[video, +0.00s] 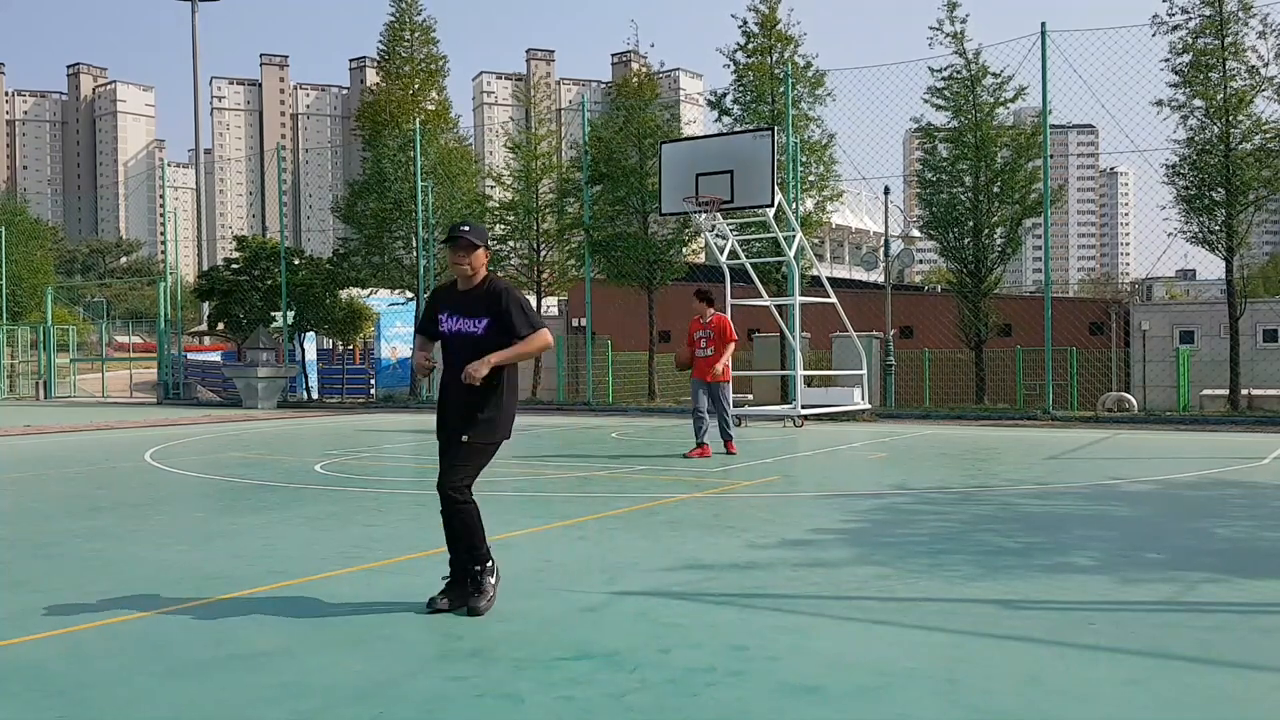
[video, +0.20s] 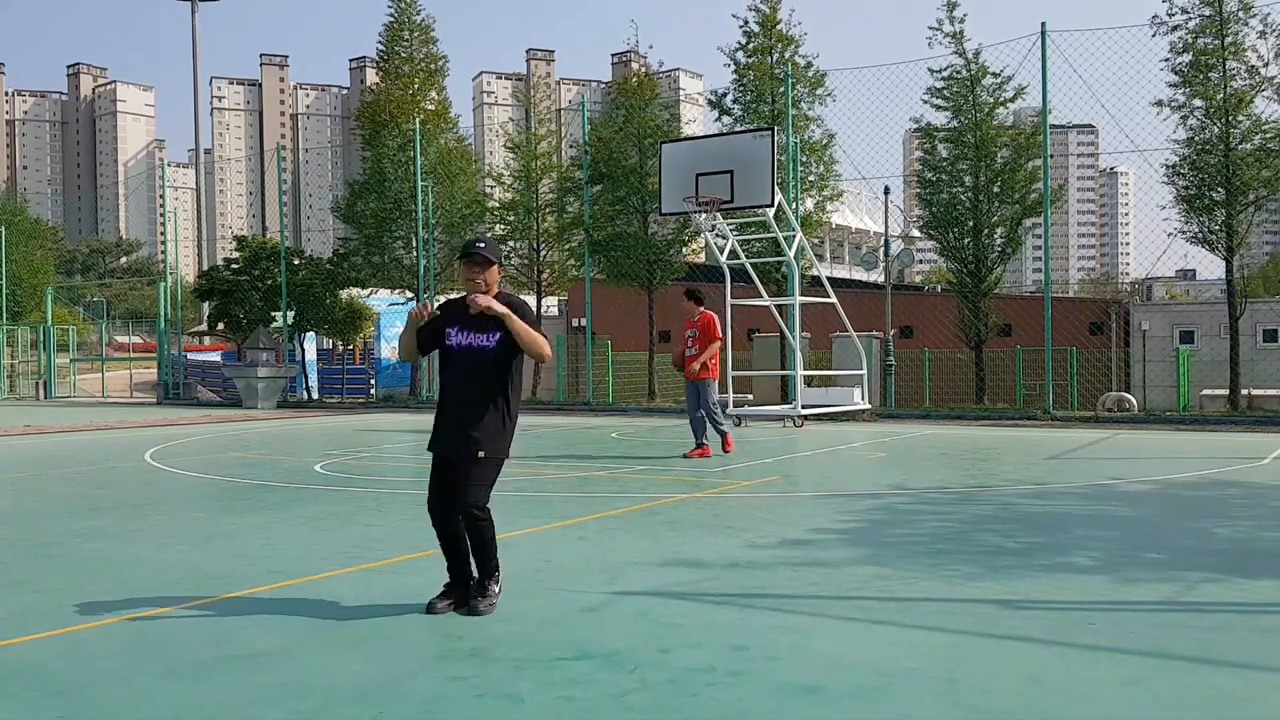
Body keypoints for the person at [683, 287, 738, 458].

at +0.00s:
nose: (693, 305)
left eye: (695, 301)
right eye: (693, 301)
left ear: (704, 303)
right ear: (701, 303)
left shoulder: (723, 320)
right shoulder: (694, 323)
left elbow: (731, 343)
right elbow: (690, 347)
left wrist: (721, 362)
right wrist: (683, 361)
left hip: (719, 371)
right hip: (699, 372)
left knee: (724, 409)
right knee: (699, 409)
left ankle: (728, 441)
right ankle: (702, 445)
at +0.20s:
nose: (683, 304)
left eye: (685, 301)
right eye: (683, 301)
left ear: (693, 302)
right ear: (693, 302)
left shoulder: (710, 318)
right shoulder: (689, 322)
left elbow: (717, 343)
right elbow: (690, 343)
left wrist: (699, 361)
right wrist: (680, 353)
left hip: (707, 371)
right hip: (691, 372)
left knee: (710, 405)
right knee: (693, 411)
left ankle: (724, 433)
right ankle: (701, 445)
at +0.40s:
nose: (675, 305)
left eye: (676, 301)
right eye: (675, 301)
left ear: (683, 302)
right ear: (688, 301)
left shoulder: (696, 316)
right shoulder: (691, 318)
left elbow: (699, 341)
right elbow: (686, 343)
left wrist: (681, 358)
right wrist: (676, 356)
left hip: (697, 370)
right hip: (693, 369)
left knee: (688, 405)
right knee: (694, 405)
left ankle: (703, 443)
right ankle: (701, 444)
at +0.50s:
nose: (672, 305)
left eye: (673, 301)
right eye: (672, 301)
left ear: (679, 301)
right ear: (687, 300)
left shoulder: (689, 316)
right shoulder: (694, 316)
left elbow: (690, 341)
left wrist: (673, 359)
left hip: (691, 372)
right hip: (698, 372)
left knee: (680, 406)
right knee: (694, 408)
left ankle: (685, 446)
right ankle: (702, 445)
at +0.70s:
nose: (664, 305)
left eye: (665, 302)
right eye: (664, 302)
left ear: (669, 302)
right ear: (681, 302)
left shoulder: (674, 317)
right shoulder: (690, 319)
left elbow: (672, 344)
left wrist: (661, 361)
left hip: (680, 373)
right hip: (694, 372)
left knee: (670, 411)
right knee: (690, 410)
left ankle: (671, 449)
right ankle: (702, 445)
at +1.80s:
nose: (672, 304)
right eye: (672, 301)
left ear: (655, 304)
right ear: (672, 302)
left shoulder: (654, 319)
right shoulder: (685, 318)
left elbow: (652, 346)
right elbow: (695, 343)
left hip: (665, 369)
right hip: (687, 368)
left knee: (667, 412)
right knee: (689, 410)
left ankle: (671, 449)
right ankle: (690, 448)